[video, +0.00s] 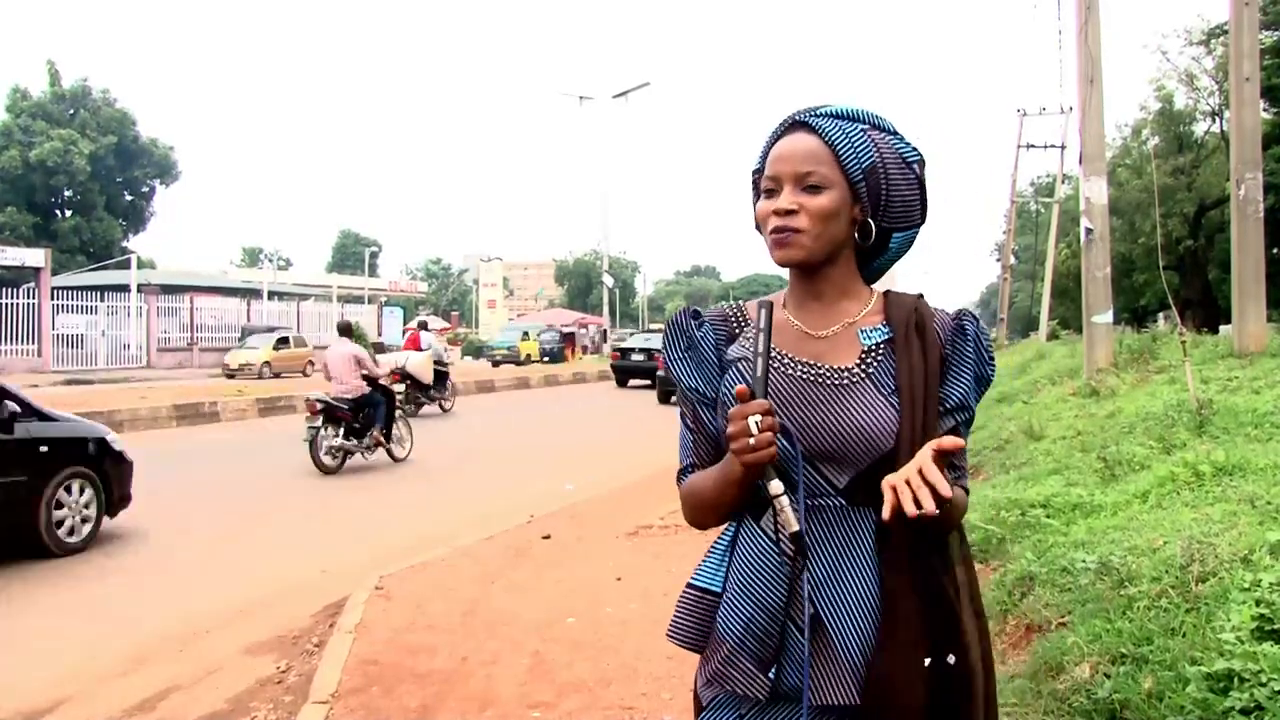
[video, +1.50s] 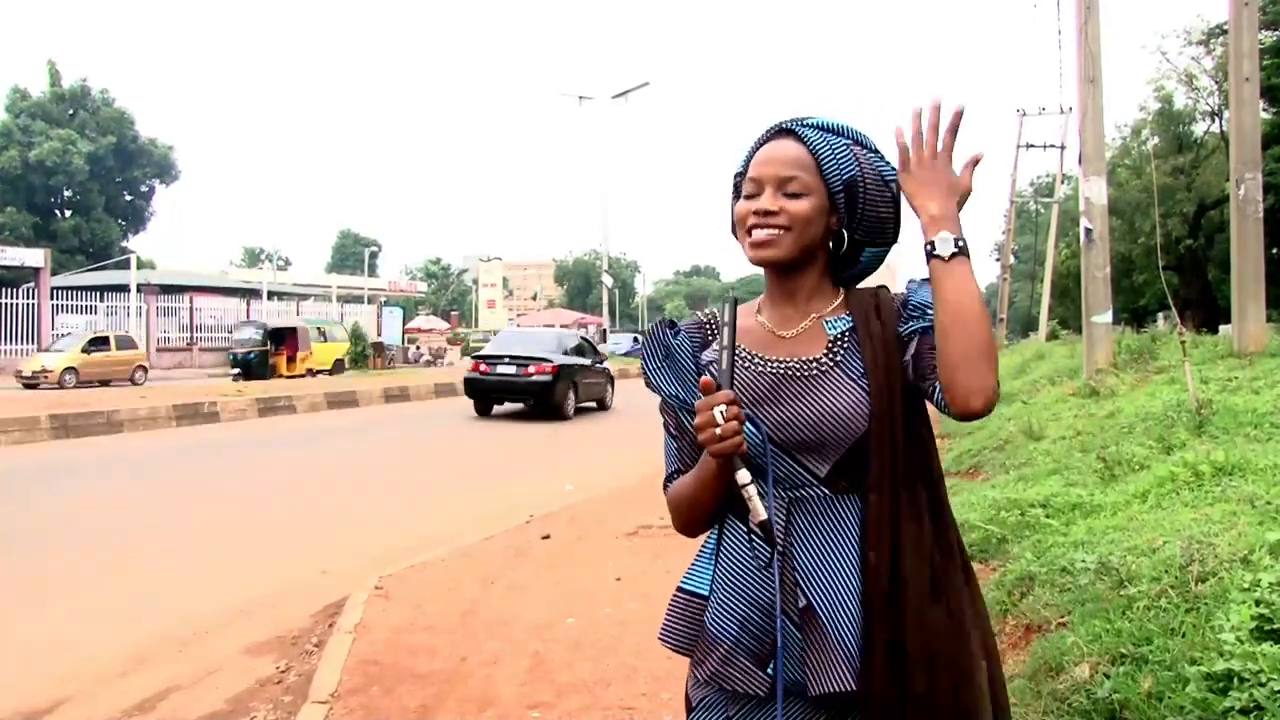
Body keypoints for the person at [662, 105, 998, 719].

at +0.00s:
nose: (781, 205)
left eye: (810, 186)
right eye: (769, 189)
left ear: (860, 209)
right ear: (757, 207)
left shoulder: (927, 335)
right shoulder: (723, 338)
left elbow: (954, 504)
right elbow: (697, 509)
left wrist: (927, 477)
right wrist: (739, 463)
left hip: (890, 636)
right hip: (758, 634)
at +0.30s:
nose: (774, 204)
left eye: (804, 188)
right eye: (762, 186)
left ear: (847, 214)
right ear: (745, 203)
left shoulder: (909, 331)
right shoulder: (704, 336)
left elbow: (939, 505)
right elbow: (675, 507)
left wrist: (930, 441)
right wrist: (727, 459)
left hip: (873, 642)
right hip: (741, 639)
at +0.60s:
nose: (757, 202)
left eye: (788, 190)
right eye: (747, 184)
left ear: (831, 218)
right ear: (730, 199)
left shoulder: (883, 324)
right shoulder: (688, 336)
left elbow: (916, 490)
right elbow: (667, 514)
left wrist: (918, 316)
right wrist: (695, 459)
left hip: (848, 636)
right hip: (721, 638)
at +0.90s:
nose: (742, 206)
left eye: (775, 196)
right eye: (739, 184)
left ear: (819, 228)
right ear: (724, 192)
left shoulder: (873, 329)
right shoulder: (678, 342)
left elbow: (891, 472)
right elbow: (658, 520)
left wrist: (889, 294)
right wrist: (673, 460)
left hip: (831, 628)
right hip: (709, 626)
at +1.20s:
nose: (743, 204)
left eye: (776, 194)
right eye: (739, 184)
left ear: (821, 225)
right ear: (726, 191)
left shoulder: (871, 326)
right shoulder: (678, 339)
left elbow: (937, 412)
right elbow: (653, 515)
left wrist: (922, 265)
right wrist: (681, 459)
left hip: (836, 627)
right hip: (714, 628)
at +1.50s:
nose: (762, 206)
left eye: (791, 191)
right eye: (751, 191)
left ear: (838, 214)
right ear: (736, 209)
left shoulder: (891, 317)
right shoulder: (701, 344)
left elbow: (972, 394)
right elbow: (686, 518)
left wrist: (940, 222)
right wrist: (714, 459)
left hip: (875, 630)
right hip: (745, 633)